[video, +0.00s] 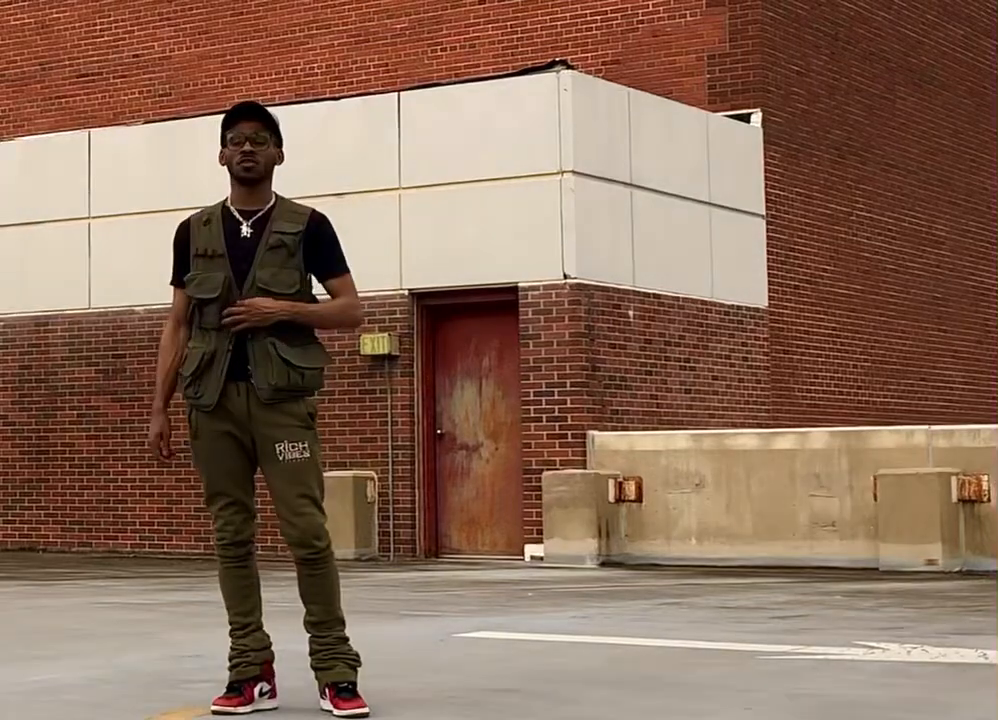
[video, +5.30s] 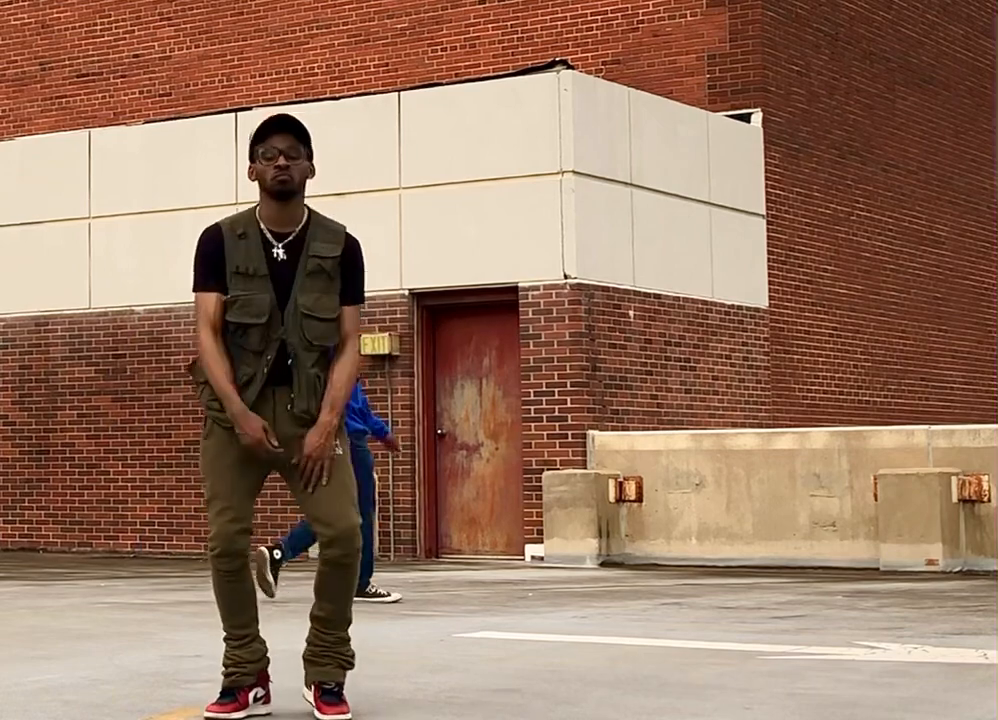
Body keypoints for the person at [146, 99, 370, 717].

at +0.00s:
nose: (247, 150)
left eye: (259, 142)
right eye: (237, 142)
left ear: (278, 154)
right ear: (222, 154)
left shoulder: (307, 226)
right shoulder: (193, 231)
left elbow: (350, 310)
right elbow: (176, 323)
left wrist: (283, 308)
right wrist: (161, 403)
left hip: (284, 403)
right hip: (211, 406)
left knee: (309, 538)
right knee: (232, 540)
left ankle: (336, 673)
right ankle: (250, 670)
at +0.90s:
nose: (273, 150)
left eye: (277, 141)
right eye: (259, 141)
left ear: (280, 153)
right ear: (225, 152)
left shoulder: (305, 225)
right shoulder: (189, 235)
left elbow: (330, 314)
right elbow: (178, 326)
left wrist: (327, 377)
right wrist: (173, 406)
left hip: (287, 403)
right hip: (214, 407)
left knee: (311, 538)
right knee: (233, 541)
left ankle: (337, 672)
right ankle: (250, 668)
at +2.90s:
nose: (240, 153)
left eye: (250, 145)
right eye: (229, 145)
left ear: (268, 155)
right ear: (213, 156)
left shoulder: (302, 224)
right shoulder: (188, 235)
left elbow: (328, 317)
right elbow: (177, 327)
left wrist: (333, 403)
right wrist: (172, 408)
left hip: (287, 402)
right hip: (213, 406)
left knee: (309, 538)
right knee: (232, 540)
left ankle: (336, 671)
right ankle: (250, 667)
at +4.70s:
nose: (312, 193)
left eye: (323, 183)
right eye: (300, 183)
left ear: (340, 193)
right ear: (284, 191)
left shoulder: (367, 265)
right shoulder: (248, 253)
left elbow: (400, 348)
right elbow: (219, 323)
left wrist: (408, 442)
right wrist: (211, 354)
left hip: (332, 431)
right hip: (251, 428)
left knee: (355, 550)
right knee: (224, 545)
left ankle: (326, 677)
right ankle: (259, 661)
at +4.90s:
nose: (337, 184)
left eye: (348, 176)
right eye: (326, 172)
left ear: (358, 184)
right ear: (300, 175)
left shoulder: (365, 250)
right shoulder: (255, 233)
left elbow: (388, 315)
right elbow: (235, 326)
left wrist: (399, 347)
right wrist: (260, 415)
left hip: (315, 411)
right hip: (238, 405)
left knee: (334, 534)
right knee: (226, 537)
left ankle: (324, 676)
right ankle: (247, 669)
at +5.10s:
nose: (303, 193)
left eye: (313, 185)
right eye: (291, 183)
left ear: (324, 196)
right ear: (267, 190)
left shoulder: (339, 271)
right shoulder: (228, 258)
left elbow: (353, 353)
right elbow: (234, 361)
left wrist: (352, 362)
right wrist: (293, 433)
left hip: (304, 430)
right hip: (229, 431)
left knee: (349, 539)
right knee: (221, 550)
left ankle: (322, 672)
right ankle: (244, 675)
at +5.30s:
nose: (281, 163)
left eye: (292, 156)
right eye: (269, 156)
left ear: (309, 169)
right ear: (253, 169)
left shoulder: (341, 246)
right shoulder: (220, 240)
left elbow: (350, 345)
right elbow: (206, 333)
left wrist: (328, 423)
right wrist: (237, 412)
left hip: (313, 415)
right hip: (235, 414)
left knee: (342, 533)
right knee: (226, 541)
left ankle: (327, 671)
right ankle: (245, 674)